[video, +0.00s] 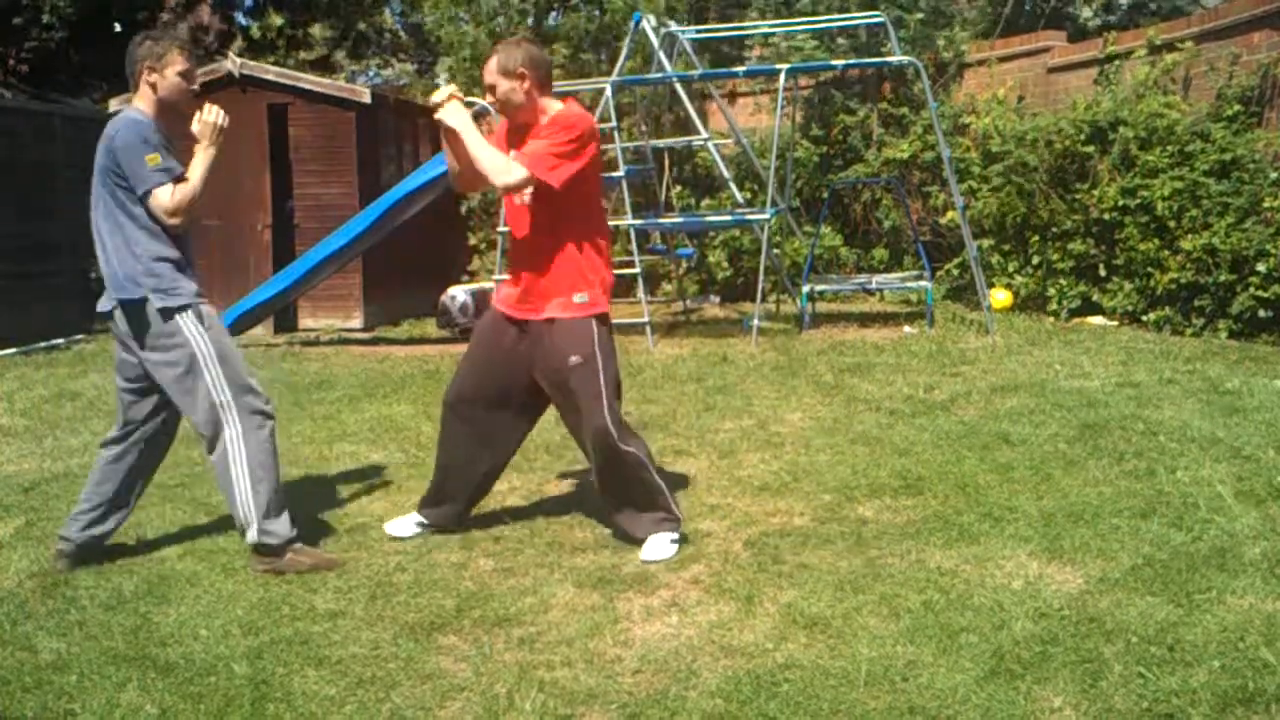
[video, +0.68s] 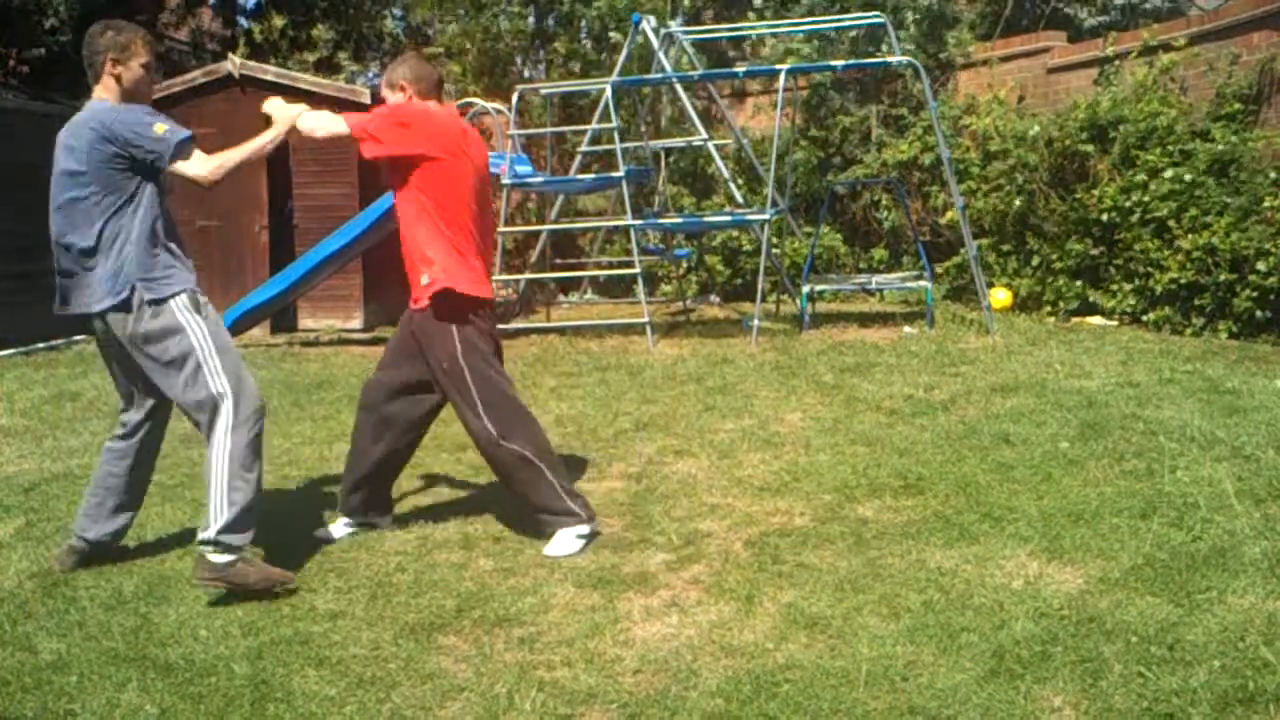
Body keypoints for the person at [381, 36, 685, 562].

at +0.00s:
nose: (490, 98)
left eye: (494, 88)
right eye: (487, 89)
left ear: (526, 82)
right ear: (516, 84)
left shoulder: (573, 123)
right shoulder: (511, 126)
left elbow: (508, 177)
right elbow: (469, 183)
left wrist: (460, 122)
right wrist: (451, 134)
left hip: (573, 297)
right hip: (517, 295)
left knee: (599, 424)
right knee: (468, 400)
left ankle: (659, 522)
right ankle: (442, 511)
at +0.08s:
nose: (475, 101)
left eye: (480, 92)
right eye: (474, 93)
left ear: (511, 86)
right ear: (503, 87)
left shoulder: (566, 131)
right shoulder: (500, 136)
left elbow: (529, 200)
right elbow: (458, 189)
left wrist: (484, 145)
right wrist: (439, 139)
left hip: (567, 304)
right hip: (510, 301)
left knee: (593, 428)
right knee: (464, 408)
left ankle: (658, 523)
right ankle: (439, 514)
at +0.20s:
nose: (440, 89)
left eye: (445, 79)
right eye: (438, 81)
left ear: (476, 72)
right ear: (466, 74)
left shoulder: (538, 114)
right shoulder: (452, 121)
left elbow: (539, 191)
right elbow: (399, 155)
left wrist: (488, 143)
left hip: (532, 290)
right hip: (473, 292)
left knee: (568, 409)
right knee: (438, 401)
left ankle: (640, 513)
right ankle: (435, 512)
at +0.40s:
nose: (407, 85)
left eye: (412, 75)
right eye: (405, 78)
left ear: (444, 68)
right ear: (435, 71)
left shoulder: (499, 111)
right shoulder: (424, 118)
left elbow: (479, 180)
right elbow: (370, 150)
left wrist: (438, 133)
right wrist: (319, 143)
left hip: (495, 283)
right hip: (444, 284)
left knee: (507, 401)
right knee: (422, 398)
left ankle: (568, 517)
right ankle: (434, 511)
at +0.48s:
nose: (404, 87)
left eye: (407, 76)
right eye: (402, 78)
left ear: (435, 68)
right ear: (429, 72)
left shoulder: (486, 109)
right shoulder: (429, 124)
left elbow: (453, 174)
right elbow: (405, 188)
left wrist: (421, 123)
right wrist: (365, 169)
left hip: (486, 287)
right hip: (442, 289)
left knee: (503, 409)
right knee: (410, 393)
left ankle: (568, 518)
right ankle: (432, 510)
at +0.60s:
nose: (394, 104)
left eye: (396, 94)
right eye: (393, 95)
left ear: (415, 86)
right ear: (437, 87)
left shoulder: (442, 121)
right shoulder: (466, 128)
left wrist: (353, 117)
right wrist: (377, 125)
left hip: (470, 299)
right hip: (440, 302)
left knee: (501, 416)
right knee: (383, 397)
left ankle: (569, 518)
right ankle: (383, 504)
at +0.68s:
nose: (385, 105)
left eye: (387, 97)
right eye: (385, 99)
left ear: (403, 91)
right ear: (433, 93)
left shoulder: (416, 117)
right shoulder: (468, 137)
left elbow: (318, 126)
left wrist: (285, 109)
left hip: (449, 300)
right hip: (438, 301)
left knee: (493, 415)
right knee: (386, 400)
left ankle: (569, 519)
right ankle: (363, 511)